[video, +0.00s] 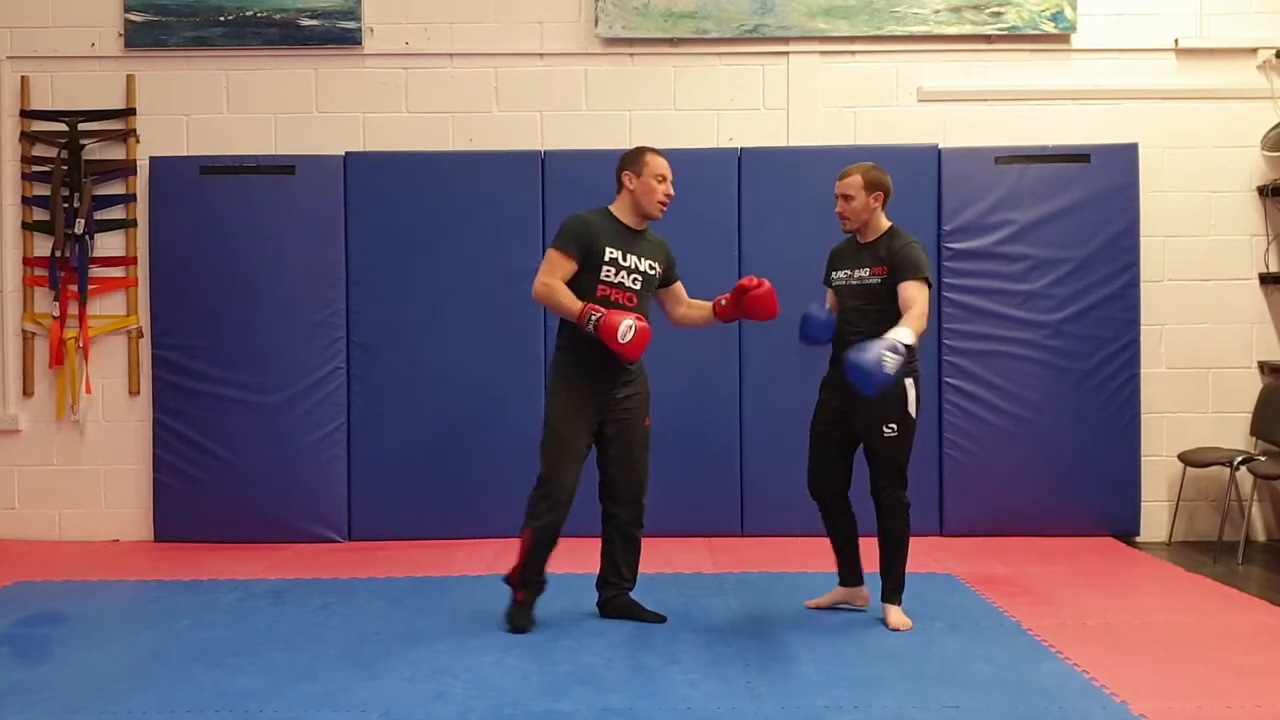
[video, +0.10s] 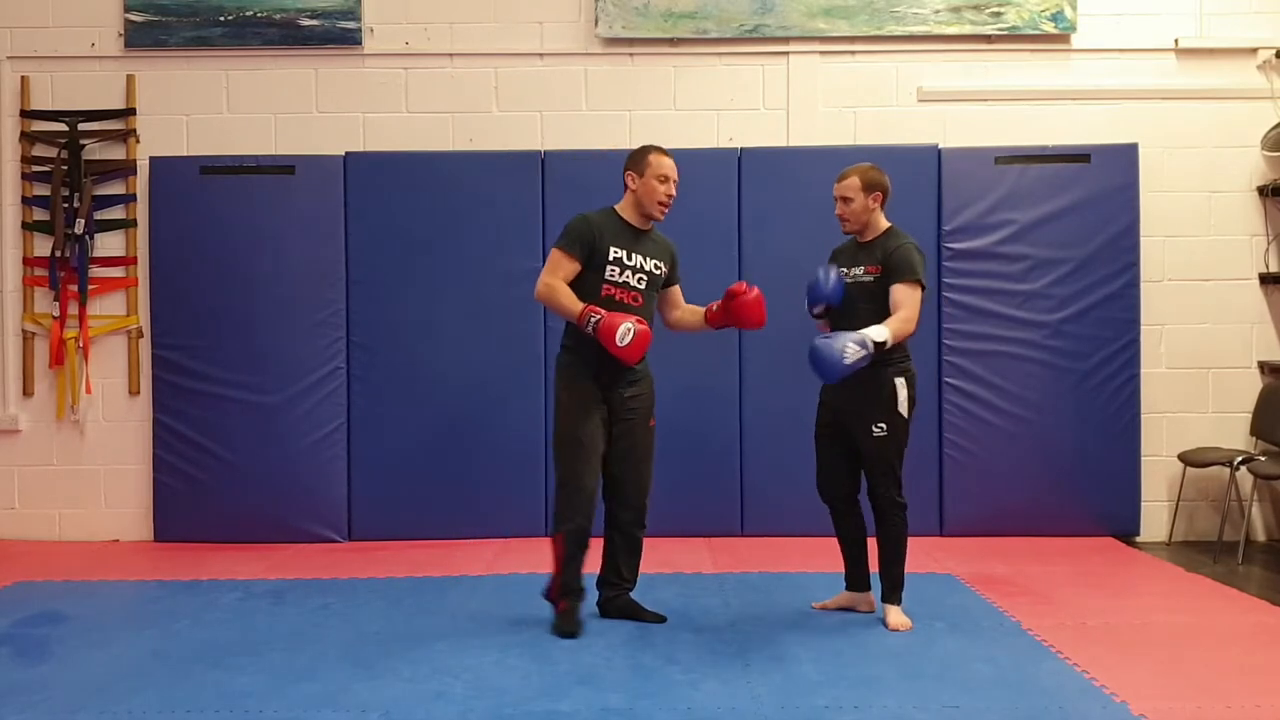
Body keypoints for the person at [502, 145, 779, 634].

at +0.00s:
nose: (668, 190)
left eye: (670, 182)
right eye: (659, 179)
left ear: (660, 188)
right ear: (629, 181)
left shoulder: (659, 251)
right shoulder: (584, 228)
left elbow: (681, 310)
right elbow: (544, 287)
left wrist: (727, 307)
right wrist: (595, 318)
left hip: (628, 384)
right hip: (576, 379)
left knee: (627, 492)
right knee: (557, 487)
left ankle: (615, 594)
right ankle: (524, 592)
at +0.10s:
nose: (671, 191)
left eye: (674, 183)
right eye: (662, 180)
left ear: (671, 189)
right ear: (632, 181)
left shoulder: (663, 251)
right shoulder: (589, 227)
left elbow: (674, 315)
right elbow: (547, 286)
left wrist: (719, 314)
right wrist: (595, 319)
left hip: (633, 380)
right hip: (582, 375)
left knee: (631, 489)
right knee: (579, 485)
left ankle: (616, 593)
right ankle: (567, 598)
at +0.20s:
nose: (663, 189)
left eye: (669, 181)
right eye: (654, 178)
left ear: (671, 188)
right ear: (627, 180)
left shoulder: (663, 249)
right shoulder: (589, 230)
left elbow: (672, 313)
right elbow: (548, 291)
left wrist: (711, 335)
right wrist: (598, 325)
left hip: (641, 379)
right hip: (590, 377)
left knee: (640, 486)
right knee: (598, 484)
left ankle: (622, 593)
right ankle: (600, 603)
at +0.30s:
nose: (648, 187)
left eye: (655, 178)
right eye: (638, 176)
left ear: (662, 186)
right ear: (616, 182)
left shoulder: (662, 248)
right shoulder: (585, 237)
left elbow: (667, 313)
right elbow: (549, 299)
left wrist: (695, 341)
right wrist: (602, 334)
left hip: (648, 385)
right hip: (596, 386)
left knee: (665, 489)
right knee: (607, 493)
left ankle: (626, 585)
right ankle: (601, 606)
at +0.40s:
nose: (637, 190)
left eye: (645, 180)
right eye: (627, 180)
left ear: (656, 186)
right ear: (608, 186)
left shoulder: (662, 247)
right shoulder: (585, 241)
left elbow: (658, 304)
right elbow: (552, 305)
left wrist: (679, 329)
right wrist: (603, 339)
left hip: (656, 387)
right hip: (602, 389)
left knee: (693, 482)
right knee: (601, 499)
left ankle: (644, 569)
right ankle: (601, 606)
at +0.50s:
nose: (640, 188)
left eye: (647, 178)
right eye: (629, 179)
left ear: (655, 182)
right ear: (608, 183)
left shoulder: (665, 242)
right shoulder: (584, 240)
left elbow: (666, 294)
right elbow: (556, 307)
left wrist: (686, 322)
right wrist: (606, 336)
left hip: (664, 385)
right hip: (608, 389)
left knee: (703, 480)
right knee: (601, 500)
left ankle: (674, 573)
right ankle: (602, 607)